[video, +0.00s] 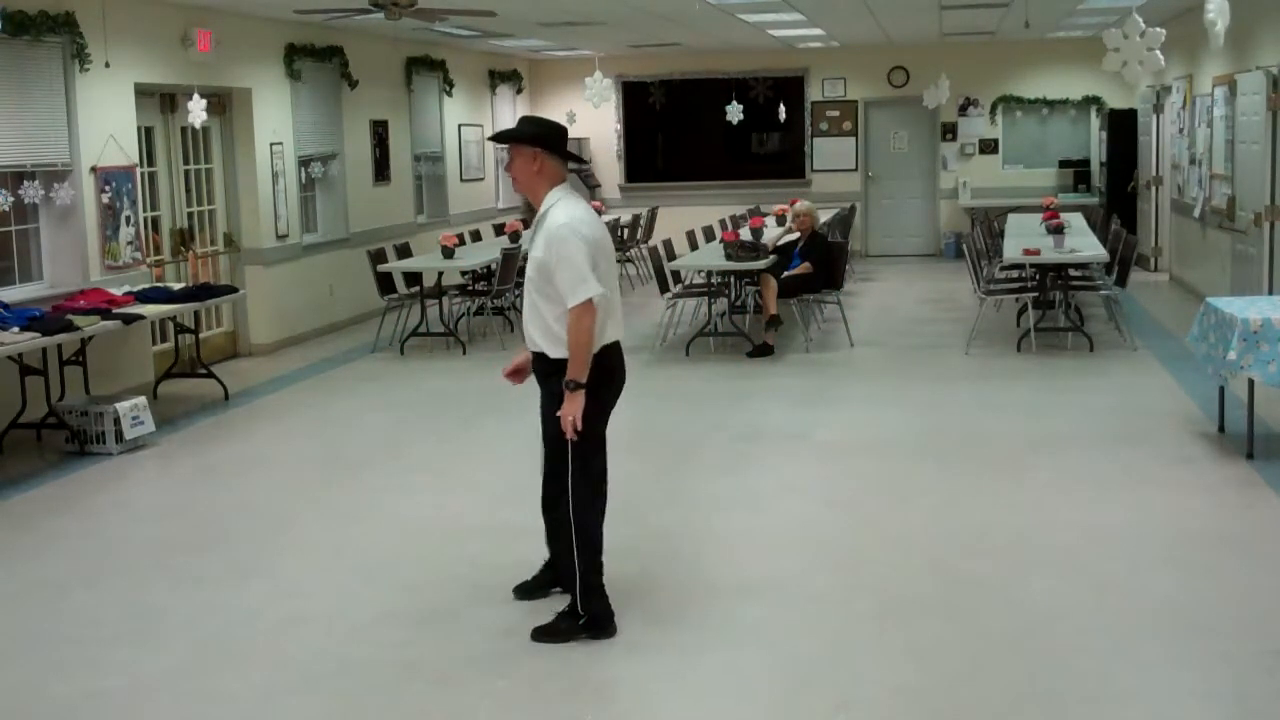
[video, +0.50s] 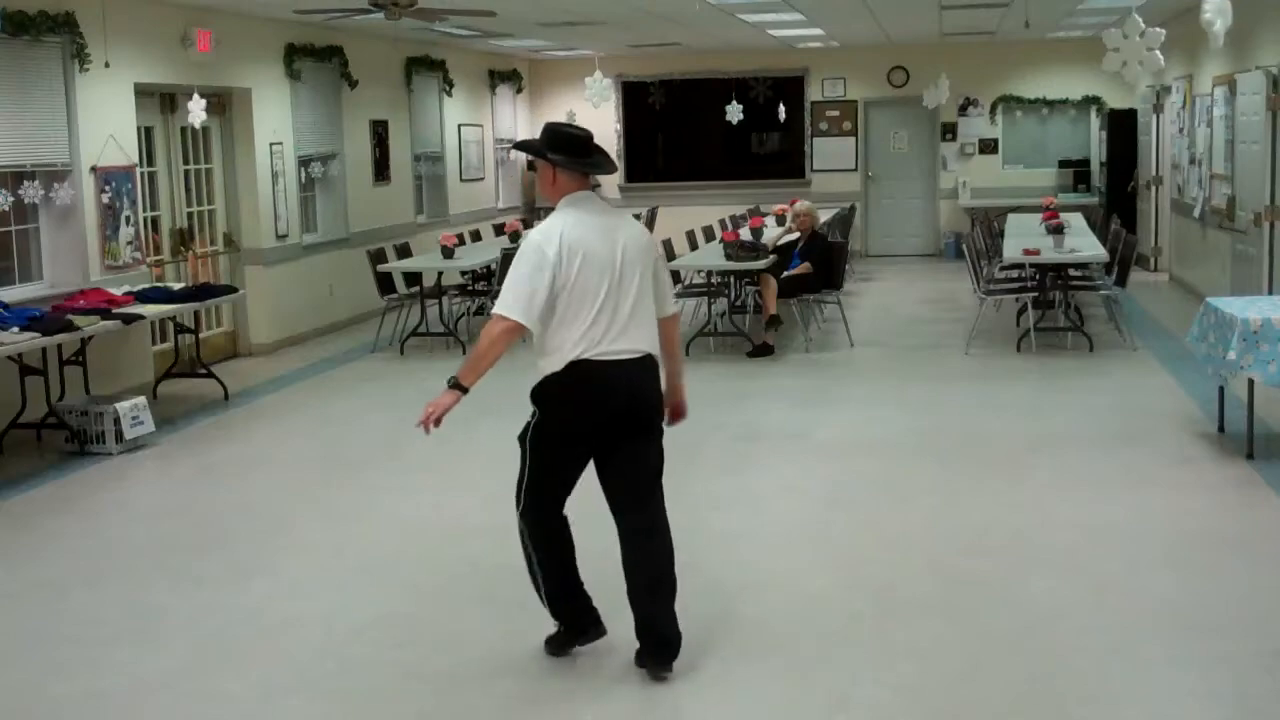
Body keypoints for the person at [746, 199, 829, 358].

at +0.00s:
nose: (800, 219)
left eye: (804, 216)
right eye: (797, 216)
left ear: (813, 219)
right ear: (794, 221)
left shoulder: (820, 240)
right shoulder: (795, 241)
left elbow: (810, 266)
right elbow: (767, 249)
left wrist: (786, 275)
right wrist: (785, 231)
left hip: (808, 279)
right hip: (789, 274)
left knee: (767, 292)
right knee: (765, 274)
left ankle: (768, 343)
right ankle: (773, 315)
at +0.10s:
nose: (801, 219)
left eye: (805, 216)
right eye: (798, 216)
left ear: (813, 218)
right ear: (794, 220)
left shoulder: (820, 239)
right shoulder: (795, 241)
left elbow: (811, 265)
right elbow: (767, 249)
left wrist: (786, 275)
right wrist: (785, 231)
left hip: (809, 278)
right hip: (789, 274)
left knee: (768, 291)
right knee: (765, 274)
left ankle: (767, 343)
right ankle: (772, 314)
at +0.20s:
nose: (801, 219)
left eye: (805, 215)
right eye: (798, 216)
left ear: (813, 218)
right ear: (794, 221)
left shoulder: (820, 239)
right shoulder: (795, 241)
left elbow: (811, 265)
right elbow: (767, 248)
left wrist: (786, 275)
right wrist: (785, 230)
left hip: (809, 278)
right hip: (789, 275)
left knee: (768, 291)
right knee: (765, 274)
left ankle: (767, 343)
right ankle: (772, 314)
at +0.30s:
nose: (801, 219)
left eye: (805, 215)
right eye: (798, 216)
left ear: (813, 218)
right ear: (794, 221)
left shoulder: (820, 239)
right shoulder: (795, 241)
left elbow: (811, 265)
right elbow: (767, 248)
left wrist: (786, 275)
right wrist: (785, 230)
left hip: (808, 278)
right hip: (789, 275)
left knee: (768, 292)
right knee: (765, 274)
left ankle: (767, 343)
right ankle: (772, 315)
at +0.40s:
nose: (801, 219)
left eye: (805, 215)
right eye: (798, 216)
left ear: (813, 218)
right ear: (794, 221)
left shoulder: (820, 239)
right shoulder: (795, 241)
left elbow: (811, 265)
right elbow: (767, 248)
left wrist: (786, 275)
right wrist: (785, 230)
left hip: (808, 278)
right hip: (789, 275)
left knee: (768, 291)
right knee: (765, 274)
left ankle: (767, 343)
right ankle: (772, 315)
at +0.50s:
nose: (801, 219)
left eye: (805, 215)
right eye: (797, 216)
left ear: (813, 218)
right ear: (794, 221)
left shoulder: (820, 239)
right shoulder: (795, 241)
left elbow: (811, 265)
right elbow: (767, 249)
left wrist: (786, 275)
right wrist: (785, 230)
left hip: (808, 278)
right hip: (788, 275)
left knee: (767, 292)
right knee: (765, 274)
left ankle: (767, 343)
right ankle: (772, 315)